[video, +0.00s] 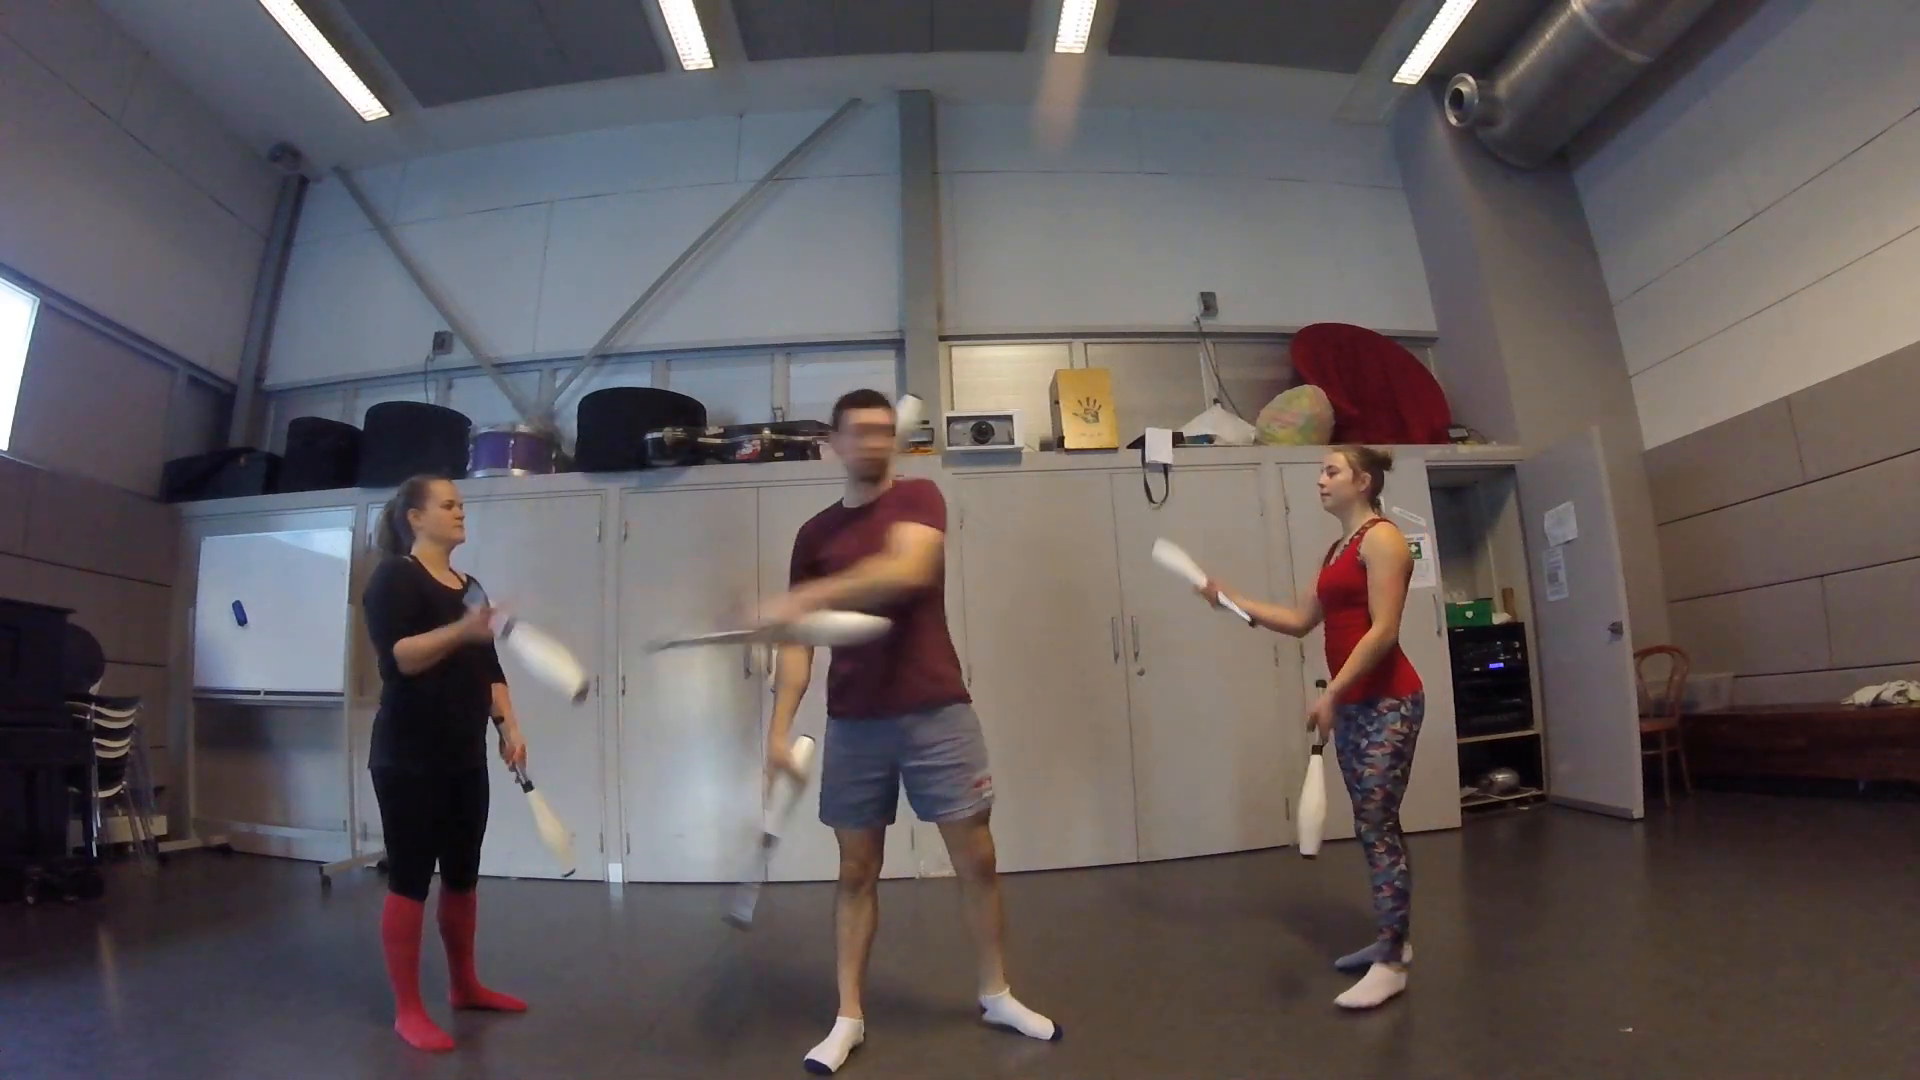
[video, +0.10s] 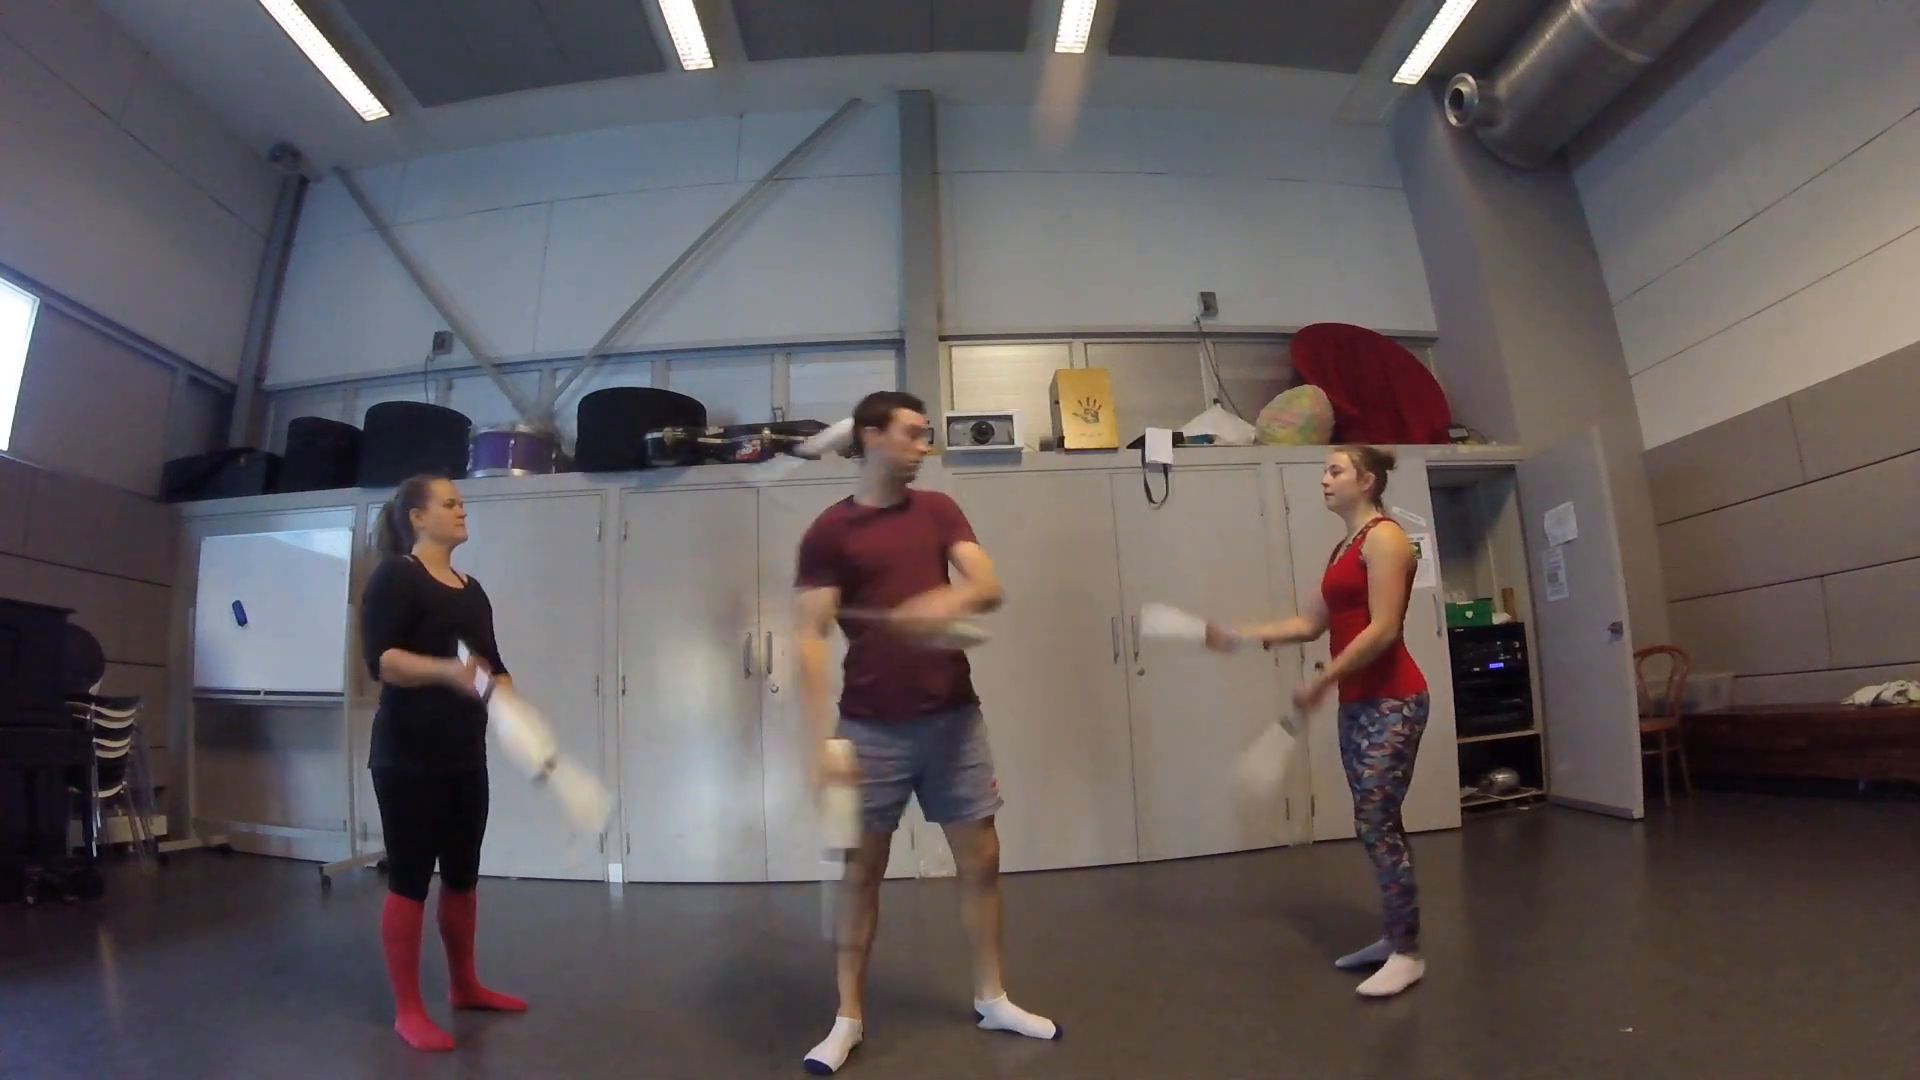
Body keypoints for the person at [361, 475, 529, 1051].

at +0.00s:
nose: (461, 514)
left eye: (461, 505)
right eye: (449, 506)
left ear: (455, 519)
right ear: (415, 517)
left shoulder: (467, 589)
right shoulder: (392, 578)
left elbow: (489, 666)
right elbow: (400, 656)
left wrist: (510, 724)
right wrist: (464, 630)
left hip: (464, 753)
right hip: (407, 755)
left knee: (461, 874)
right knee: (410, 879)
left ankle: (465, 988)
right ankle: (408, 1011)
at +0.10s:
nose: (462, 513)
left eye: (462, 504)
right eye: (451, 505)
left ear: (455, 518)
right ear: (417, 517)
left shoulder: (471, 591)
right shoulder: (394, 576)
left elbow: (492, 668)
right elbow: (384, 661)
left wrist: (525, 731)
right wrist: (451, 670)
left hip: (464, 754)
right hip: (406, 755)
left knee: (462, 873)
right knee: (410, 878)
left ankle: (466, 988)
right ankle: (408, 1011)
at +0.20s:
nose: (462, 512)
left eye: (461, 504)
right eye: (450, 504)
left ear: (450, 519)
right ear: (416, 518)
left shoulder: (470, 588)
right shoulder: (395, 577)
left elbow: (487, 662)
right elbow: (375, 662)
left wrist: (528, 670)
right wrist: (441, 704)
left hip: (461, 750)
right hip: (408, 752)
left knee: (462, 868)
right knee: (409, 875)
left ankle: (465, 988)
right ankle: (409, 1011)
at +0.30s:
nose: (463, 513)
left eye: (461, 504)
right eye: (452, 506)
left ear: (441, 519)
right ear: (418, 518)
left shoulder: (466, 589)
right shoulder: (395, 577)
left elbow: (493, 663)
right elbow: (382, 666)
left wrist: (555, 648)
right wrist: (442, 724)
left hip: (466, 750)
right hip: (412, 751)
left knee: (463, 871)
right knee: (414, 877)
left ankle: (466, 987)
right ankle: (409, 1012)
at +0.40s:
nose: (464, 516)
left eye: (462, 507)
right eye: (452, 508)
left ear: (440, 521)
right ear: (418, 520)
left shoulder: (464, 591)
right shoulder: (399, 581)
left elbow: (499, 664)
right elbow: (398, 666)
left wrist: (568, 643)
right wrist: (462, 720)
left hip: (461, 752)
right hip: (414, 754)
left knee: (464, 871)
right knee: (416, 876)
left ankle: (466, 988)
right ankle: (409, 1012)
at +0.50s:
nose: (462, 515)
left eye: (460, 507)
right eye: (450, 508)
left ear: (447, 523)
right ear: (417, 522)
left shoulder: (462, 591)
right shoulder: (403, 582)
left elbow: (511, 655)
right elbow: (412, 662)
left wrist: (584, 652)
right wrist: (492, 689)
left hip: (467, 755)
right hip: (418, 757)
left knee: (464, 873)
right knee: (420, 877)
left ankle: (466, 988)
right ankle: (409, 1011)